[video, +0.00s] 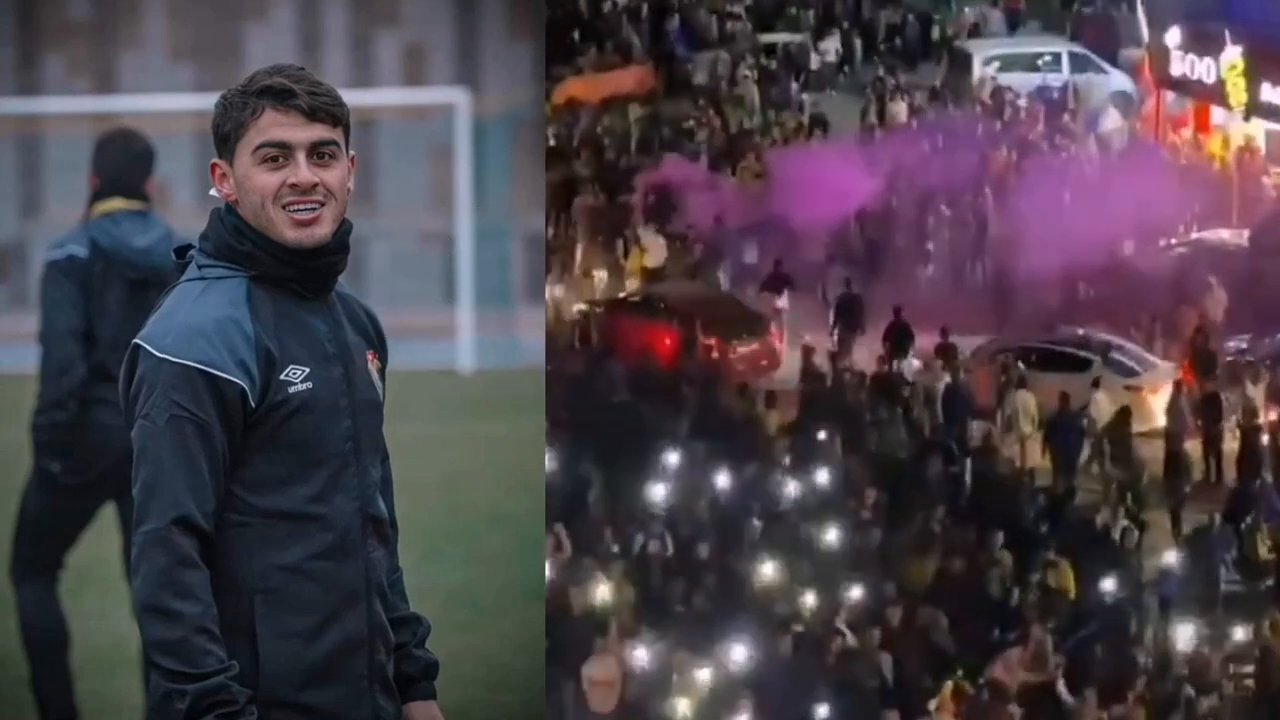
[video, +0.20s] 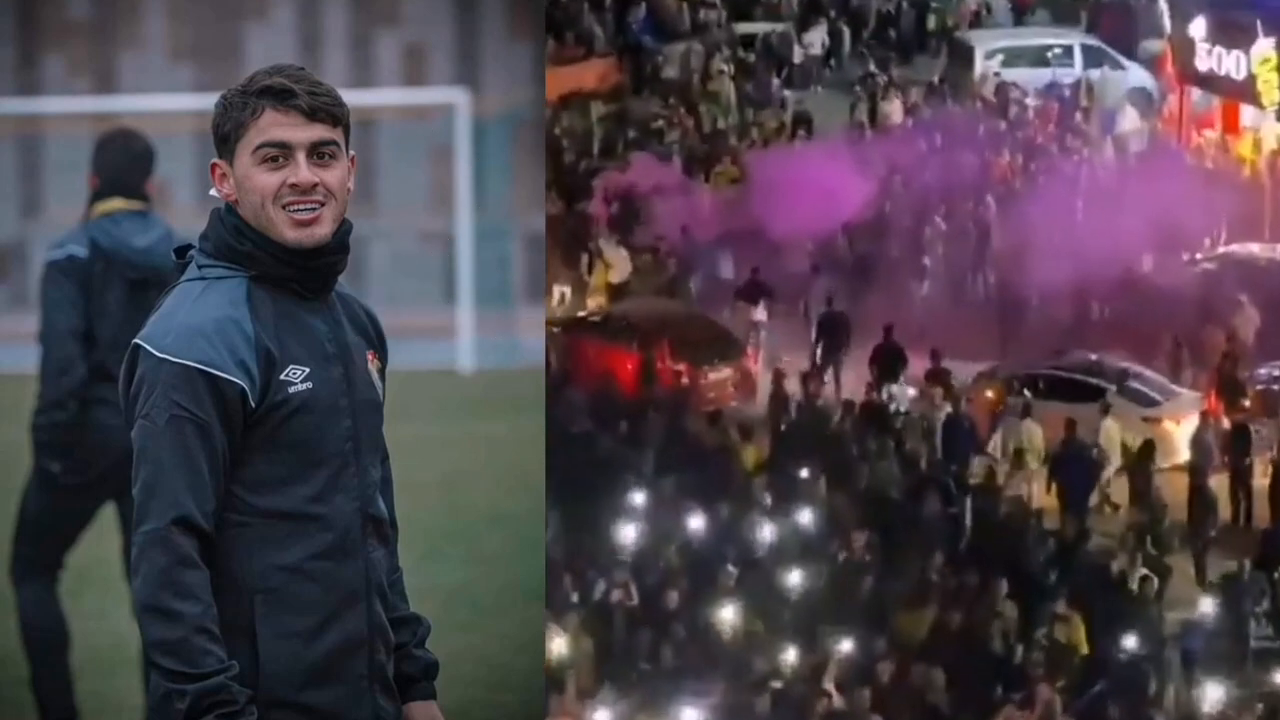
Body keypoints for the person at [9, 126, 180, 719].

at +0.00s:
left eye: (93, 173)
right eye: (150, 178)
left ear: (94, 180)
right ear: (152, 185)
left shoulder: (73, 253)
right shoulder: (178, 254)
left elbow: (65, 362)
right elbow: (190, 351)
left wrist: (51, 440)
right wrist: (174, 428)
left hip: (88, 448)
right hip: (158, 447)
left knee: (34, 569)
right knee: (156, 580)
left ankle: (57, 709)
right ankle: (167, 706)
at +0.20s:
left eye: (94, 173)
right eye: (149, 178)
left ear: (94, 180)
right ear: (152, 185)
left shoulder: (73, 252)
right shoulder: (177, 254)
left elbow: (65, 361)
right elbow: (190, 351)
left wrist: (51, 441)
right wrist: (174, 429)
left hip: (88, 448)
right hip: (158, 447)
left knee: (34, 569)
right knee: (156, 580)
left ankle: (57, 709)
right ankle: (167, 706)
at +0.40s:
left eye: (94, 173)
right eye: (149, 178)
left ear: (94, 180)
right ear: (152, 185)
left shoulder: (73, 252)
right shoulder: (177, 254)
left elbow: (65, 361)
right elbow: (190, 351)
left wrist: (51, 441)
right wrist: (174, 429)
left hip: (88, 448)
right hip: (158, 447)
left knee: (34, 569)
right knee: (156, 580)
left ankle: (57, 709)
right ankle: (167, 706)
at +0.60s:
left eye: (94, 173)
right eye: (149, 178)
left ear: (94, 180)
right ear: (152, 185)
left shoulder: (73, 252)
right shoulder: (177, 254)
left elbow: (65, 361)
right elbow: (190, 351)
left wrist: (51, 441)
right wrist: (174, 429)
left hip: (88, 448)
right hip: (158, 447)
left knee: (34, 569)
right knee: (156, 580)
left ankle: (57, 709)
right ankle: (167, 706)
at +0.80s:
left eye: (93, 173)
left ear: (94, 180)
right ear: (152, 185)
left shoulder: (73, 253)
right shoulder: (178, 254)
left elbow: (65, 361)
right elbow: (190, 351)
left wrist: (51, 441)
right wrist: (175, 428)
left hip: (88, 448)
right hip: (158, 447)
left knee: (33, 569)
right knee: (157, 580)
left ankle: (57, 708)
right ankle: (167, 705)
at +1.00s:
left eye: (93, 174)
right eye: (150, 179)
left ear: (94, 180)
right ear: (152, 186)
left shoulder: (73, 253)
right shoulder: (178, 254)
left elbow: (64, 362)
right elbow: (190, 352)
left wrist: (50, 442)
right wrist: (175, 429)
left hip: (88, 448)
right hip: (158, 447)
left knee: (33, 569)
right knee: (157, 581)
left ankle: (57, 709)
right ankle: (167, 706)